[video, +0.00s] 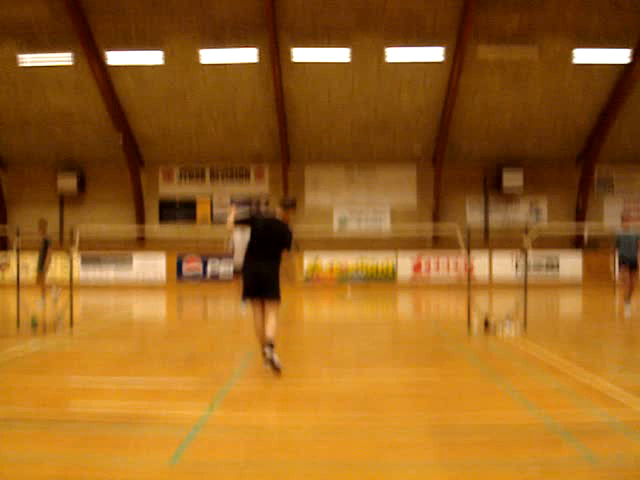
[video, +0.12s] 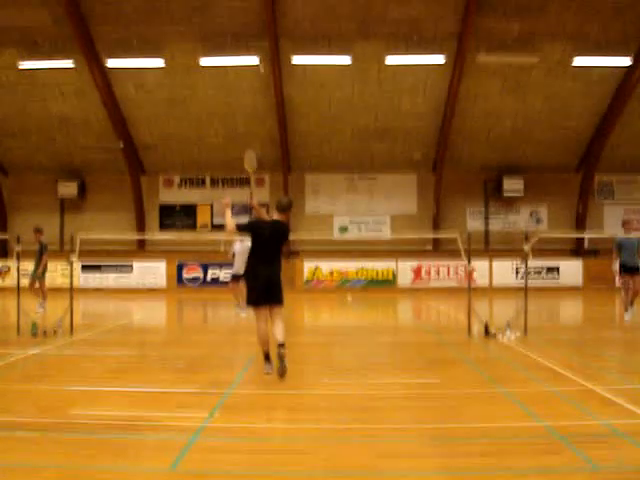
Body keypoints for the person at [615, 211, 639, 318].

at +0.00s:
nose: (626, 225)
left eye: (628, 222)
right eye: (624, 222)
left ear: (630, 223)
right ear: (622, 223)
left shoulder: (635, 236)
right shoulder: (619, 236)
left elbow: (638, 249)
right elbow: (614, 251)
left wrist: (638, 261)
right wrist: (613, 268)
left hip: (633, 260)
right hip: (623, 260)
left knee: (632, 282)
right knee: (624, 281)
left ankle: (628, 301)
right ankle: (626, 302)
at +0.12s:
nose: (628, 229)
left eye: (630, 226)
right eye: (626, 226)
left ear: (632, 227)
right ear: (623, 227)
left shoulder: (636, 240)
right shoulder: (619, 240)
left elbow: (638, 254)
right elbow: (615, 258)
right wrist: (617, 275)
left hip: (635, 266)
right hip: (624, 266)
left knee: (636, 289)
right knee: (625, 289)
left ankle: (631, 304)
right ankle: (626, 310)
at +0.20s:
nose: (628, 224)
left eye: (629, 221)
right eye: (626, 221)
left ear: (632, 221)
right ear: (623, 222)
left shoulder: (636, 235)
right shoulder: (619, 235)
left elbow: (638, 251)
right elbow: (615, 254)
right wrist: (617, 271)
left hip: (635, 262)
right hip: (624, 263)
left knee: (636, 285)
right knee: (625, 286)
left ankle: (632, 301)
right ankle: (626, 306)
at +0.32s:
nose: (631, 225)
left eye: (632, 222)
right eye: (629, 222)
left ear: (633, 223)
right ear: (625, 224)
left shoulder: (637, 235)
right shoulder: (622, 236)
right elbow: (619, 252)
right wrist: (620, 266)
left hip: (636, 263)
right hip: (627, 263)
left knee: (637, 286)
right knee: (626, 286)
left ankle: (637, 306)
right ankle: (626, 307)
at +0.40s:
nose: (633, 228)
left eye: (635, 226)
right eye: (632, 226)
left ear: (637, 226)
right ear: (628, 227)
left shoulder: (637, 238)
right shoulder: (624, 239)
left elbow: (620, 253)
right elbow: (620, 253)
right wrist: (622, 263)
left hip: (637, 264)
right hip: (628, 264)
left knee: (637, 288)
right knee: (627, 288)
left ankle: (637, 310)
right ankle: (627, 310)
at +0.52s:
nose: (636, 226)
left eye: (637, 224)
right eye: (635, 224)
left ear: (638, 226)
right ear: (631, 225)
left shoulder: (637, 237)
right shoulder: (627, 238)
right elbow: (622, 250)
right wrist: (622, 260)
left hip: (637, 262)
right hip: (629, 261)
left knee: (637, 286)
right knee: (628, 286)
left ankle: (638, 308)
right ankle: (627, 308)